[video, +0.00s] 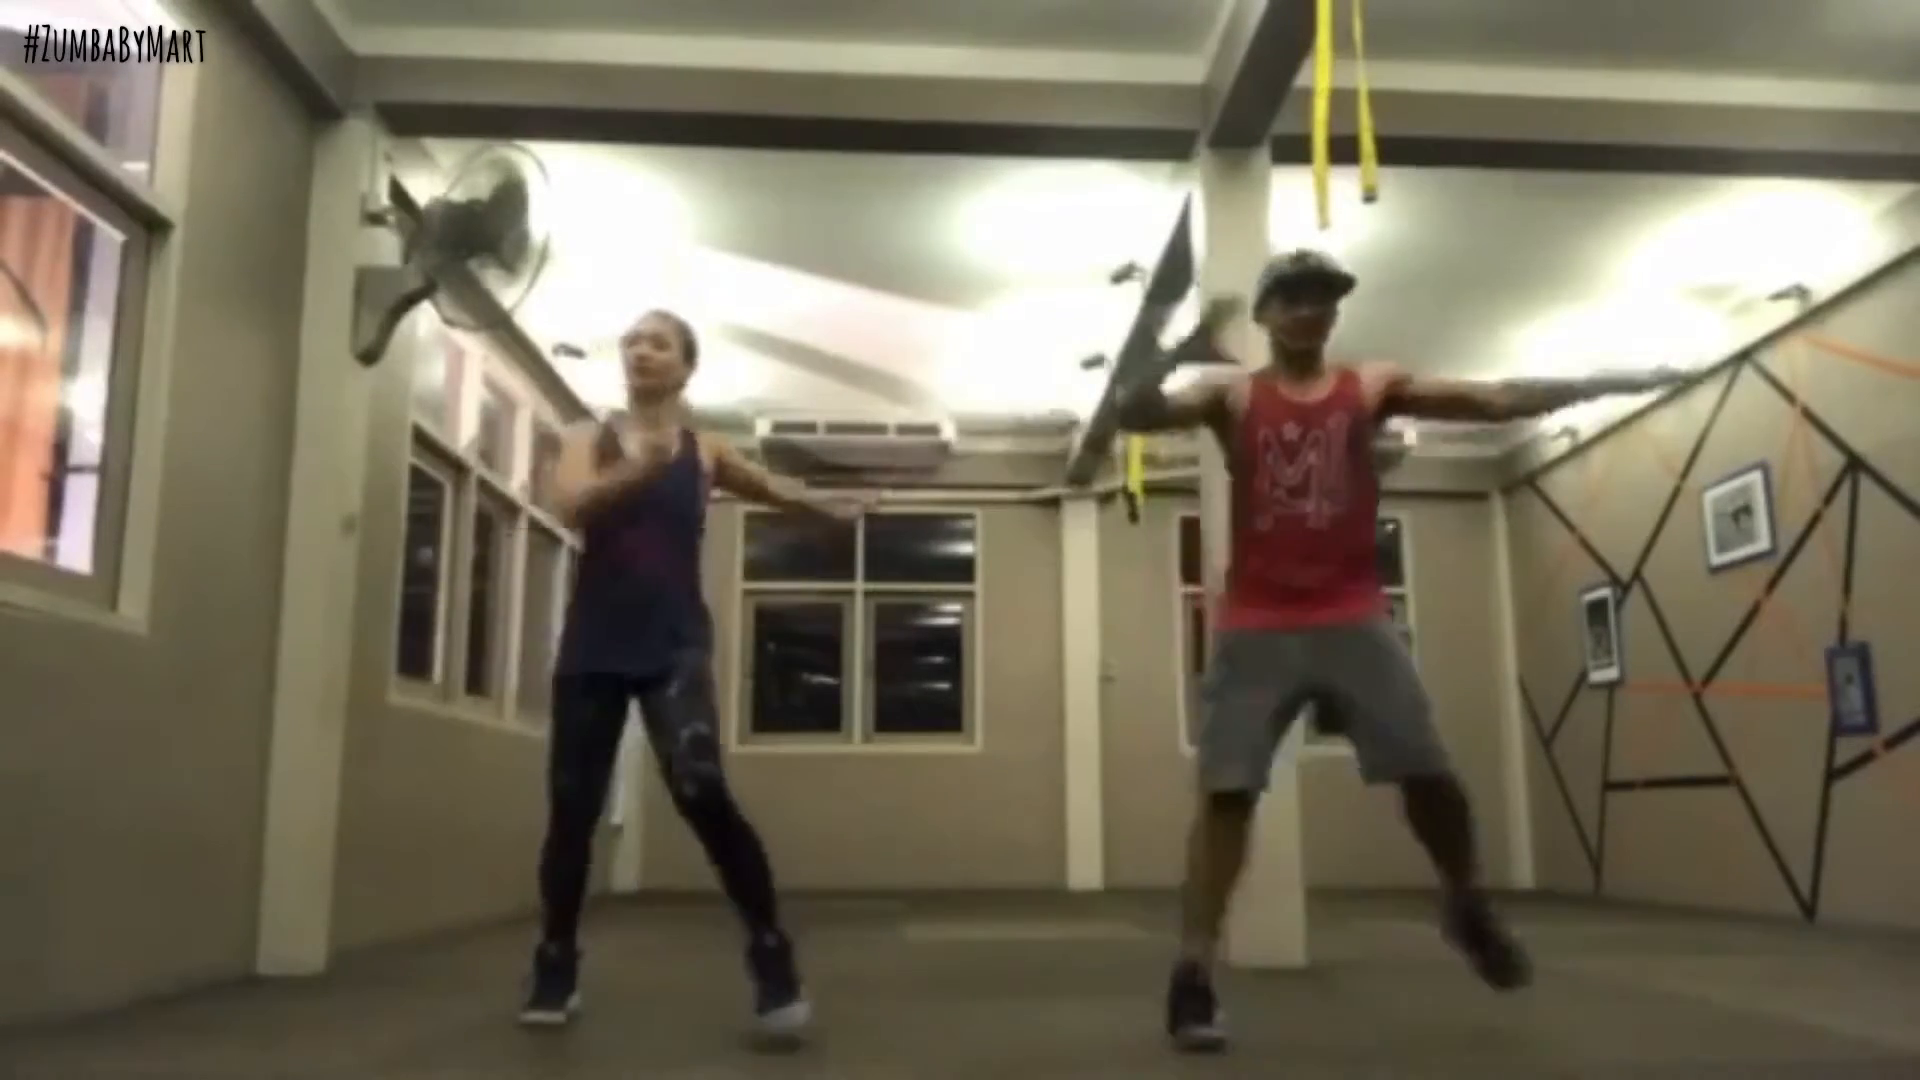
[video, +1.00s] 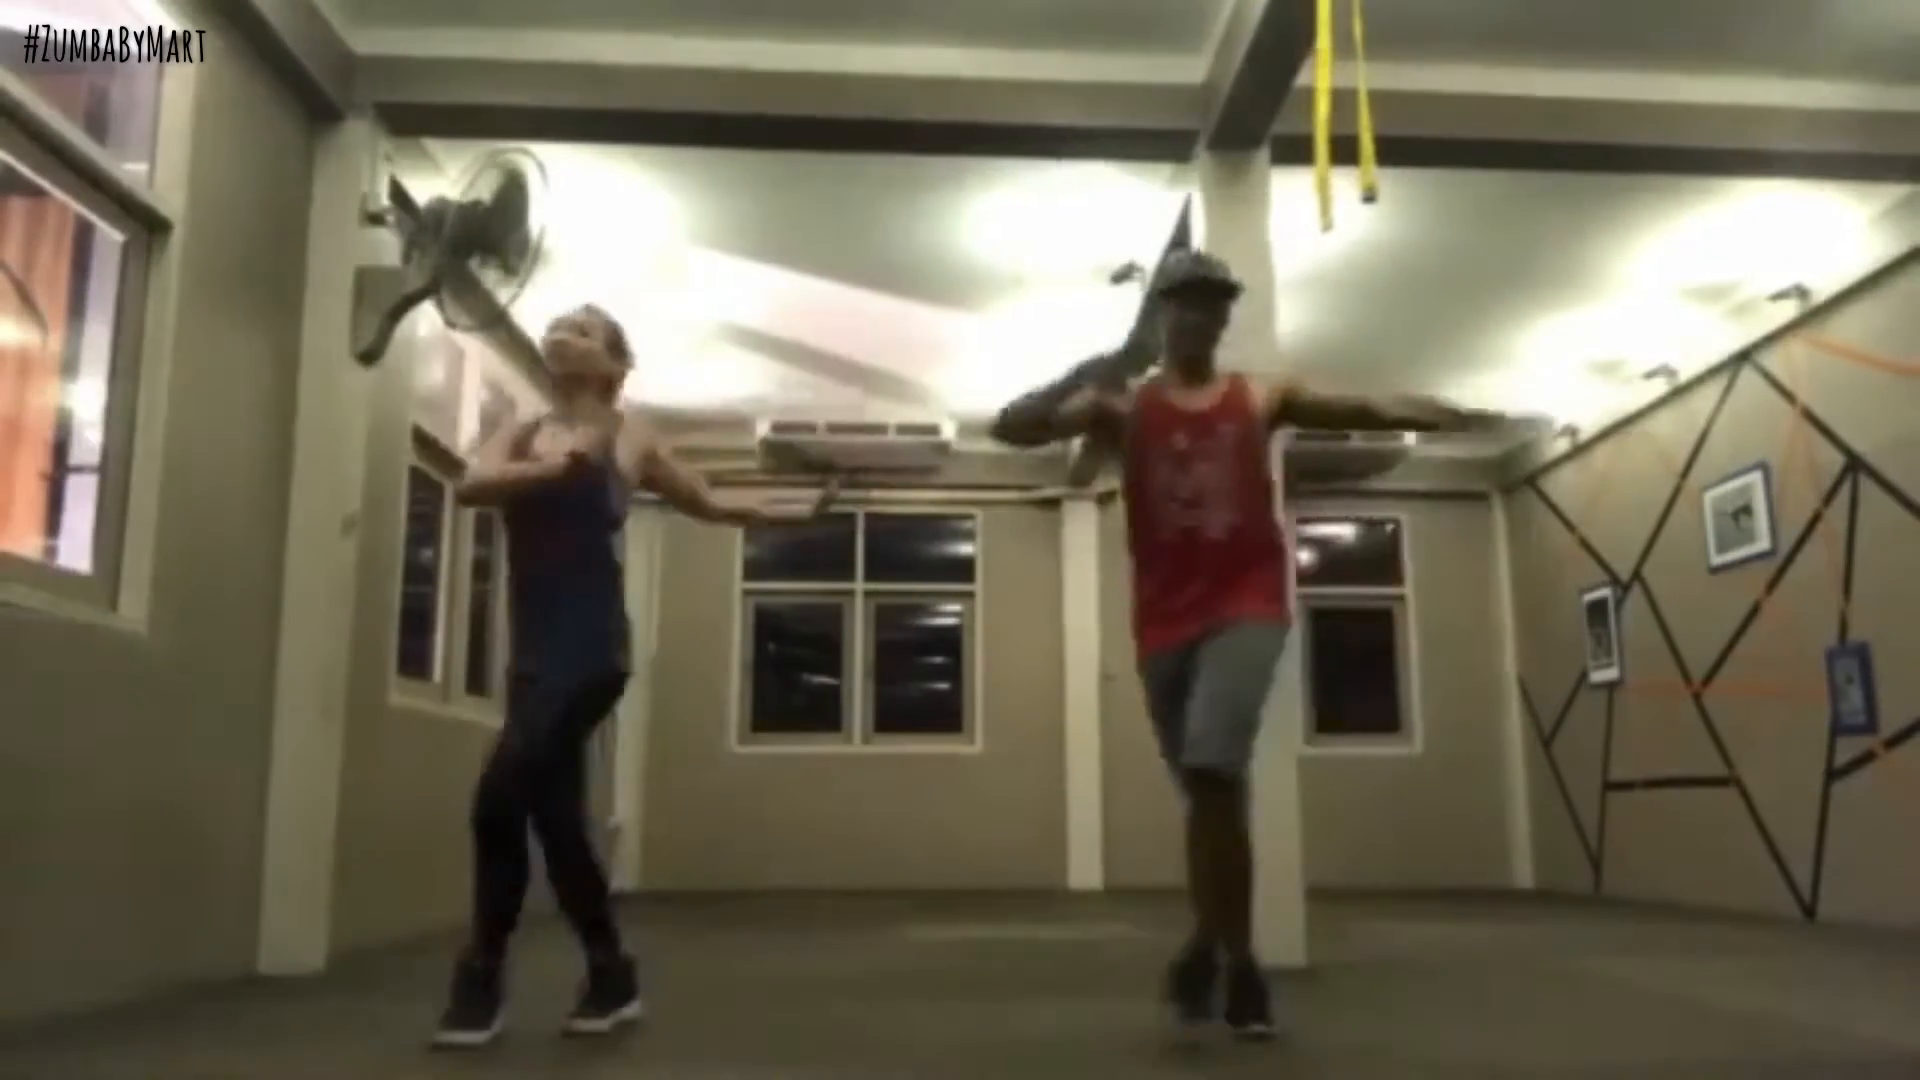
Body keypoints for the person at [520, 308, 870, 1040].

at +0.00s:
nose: (641, 352)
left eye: (659, 344)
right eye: (634, 342)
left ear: (687, 367)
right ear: (621, 359)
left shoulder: (702, 450)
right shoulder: (589, 438)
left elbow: (771, 491)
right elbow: (570, 503)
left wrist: (832, 508)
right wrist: (642, 470)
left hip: (673, 647)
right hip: (593, 646)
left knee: (701, 793)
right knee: (571, 811)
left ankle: (773, 963)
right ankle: (554, 966)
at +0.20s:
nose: (671, 350)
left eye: (686, 339)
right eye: (661, 339)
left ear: (714, 357)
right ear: (647, 355)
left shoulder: (735, 440)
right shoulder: (627, 435)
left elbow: (796, 505)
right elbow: (549, 491)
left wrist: (868, 497)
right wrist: (605, 460)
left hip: (719, 655)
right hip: (638, 653)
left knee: (733, 817)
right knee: (596, 822)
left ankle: (785, 982)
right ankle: (567, 961)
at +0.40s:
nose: (675, 344)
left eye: (690, 332)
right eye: (663, 333)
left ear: (718, 347)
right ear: (649, 349)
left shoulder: (738, 433)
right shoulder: (628, 438)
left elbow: (817, 448)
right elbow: (534, 462)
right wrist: (455, 448)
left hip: (732, 641)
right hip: (650, 643)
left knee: (759, 806)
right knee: (646, 797)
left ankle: (788, 972)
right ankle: (595, 919)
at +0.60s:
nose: (650, 358)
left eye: (665, 347)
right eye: (639, 346)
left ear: (692, 363)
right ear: (623, 359)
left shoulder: (711, 434)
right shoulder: (609, 450)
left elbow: (740, 466)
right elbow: (536, 492)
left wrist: (630, 449)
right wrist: (448, 495)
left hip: (700, 658)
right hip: (619, 666)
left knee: (746, 819)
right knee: (606, 835)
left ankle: (789, 983)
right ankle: (616, 982)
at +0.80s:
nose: (598, 334)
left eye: (617, 327)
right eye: (593, 323)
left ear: (649, 353)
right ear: (579, 344)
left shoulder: (668, 437)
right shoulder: (556, 436)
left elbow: (782, 465)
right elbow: (466, 471)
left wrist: (811, 412)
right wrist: (428, 428)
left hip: (645, 632)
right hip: (572, 637)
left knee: (587, 759)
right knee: (578, 795)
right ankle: (611, 965)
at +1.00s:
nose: (560, 335)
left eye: (582, 331)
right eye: (557, 328)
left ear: (614, 366)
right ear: (544, 356)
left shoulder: (629, 438)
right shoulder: (523, 427)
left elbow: (707, 504)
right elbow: (472, 483)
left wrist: (801, 509)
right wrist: (550, 470)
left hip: (593, 650)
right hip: (536, 651)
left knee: (499, 800)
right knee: (558, 822)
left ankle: (477, 990)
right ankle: (610, 975)